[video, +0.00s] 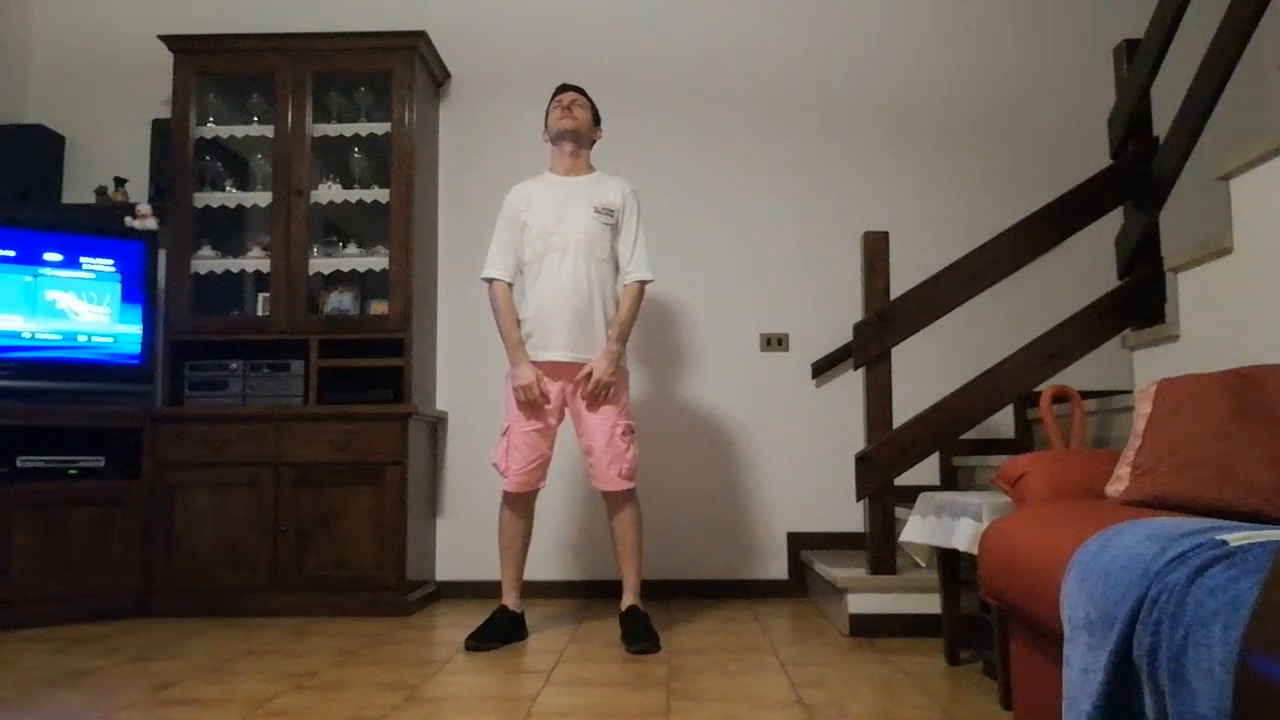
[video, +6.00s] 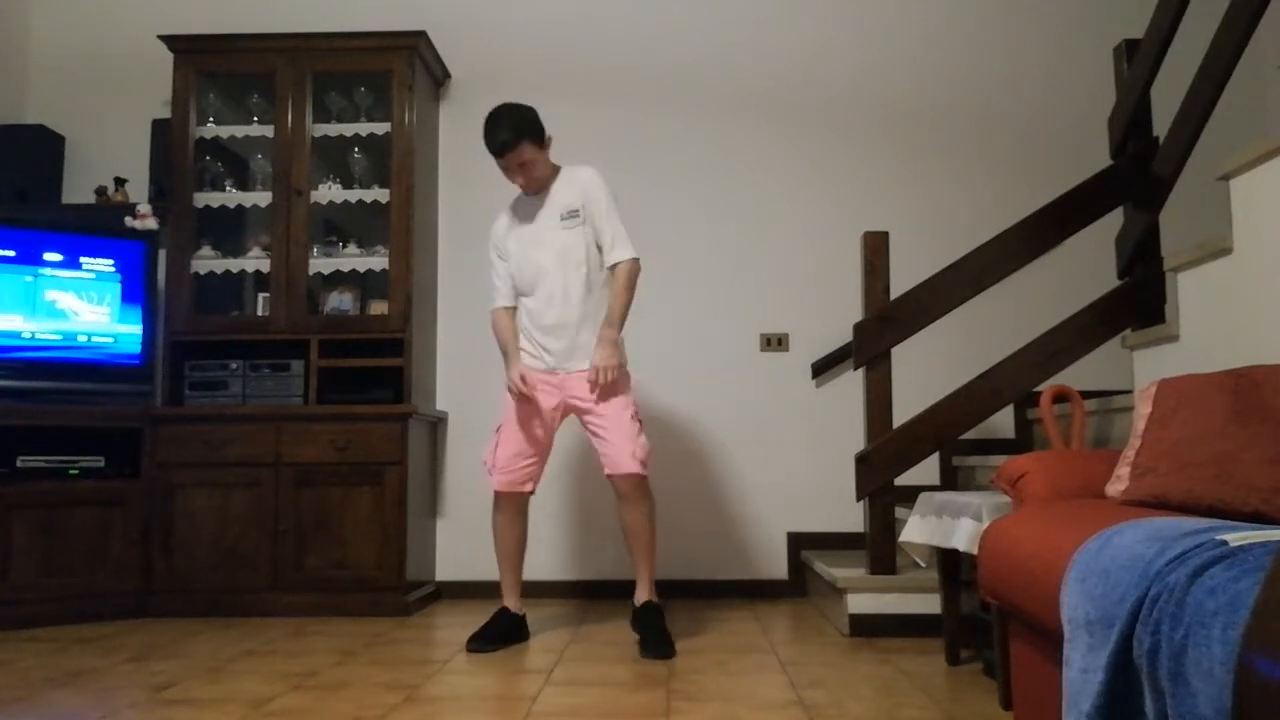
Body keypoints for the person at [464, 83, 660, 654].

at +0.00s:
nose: (565, 106)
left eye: (577, 103)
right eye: (557, 104)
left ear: (596, 131)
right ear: (545, 131)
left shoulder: (617, 193)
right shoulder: (520, 197)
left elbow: (635, 280)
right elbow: (498, 281)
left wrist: (613, 349)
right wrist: (518, 359)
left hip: (600, 366)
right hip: (533, 366)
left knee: (618, 485)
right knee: (517, 487)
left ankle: (632, 604)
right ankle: (509, 608)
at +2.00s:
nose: (609, 112)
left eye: (620, 109)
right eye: (599, 105)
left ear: (630, 134)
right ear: (578, 124)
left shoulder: (631, 213)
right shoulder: (538, 189)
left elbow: (641, 302)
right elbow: (480, 255)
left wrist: (606, 351)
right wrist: (501, 319)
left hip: (598, 371)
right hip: (531, 367)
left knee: (618, 487)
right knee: (499, 484)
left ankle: (632, 605)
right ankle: (503, 605)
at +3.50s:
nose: (525, 119)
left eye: (538, 113)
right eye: (521, 113)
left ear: (563, 131)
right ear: (514, 129)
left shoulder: (579, 174)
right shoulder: (503, 208)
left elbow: (627, 236)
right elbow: (489, 290)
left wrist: (585, 301)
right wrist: (489, 353)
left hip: (588, 366)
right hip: (524, 371)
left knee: (610, 485)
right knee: (498, 482)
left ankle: (632, 601)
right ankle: (505, 608)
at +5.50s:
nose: (585, 171)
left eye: (596, 159)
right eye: (575, 159)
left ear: (615, 146)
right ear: (560, 146)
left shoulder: (631, 214)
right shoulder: (535, 199)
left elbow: (654, 297)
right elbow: (483, 266)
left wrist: (635, 346)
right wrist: (485, 339)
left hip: (603, 369)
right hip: (533, 366)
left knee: (629, 483)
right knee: (504, 483)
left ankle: (639, 607)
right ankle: (511, 610)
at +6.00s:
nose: (519, 176)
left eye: (524, 163)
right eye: (508, 169)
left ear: (545, 144)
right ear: (498, 167)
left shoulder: (583, 185)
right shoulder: (504, 225)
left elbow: (625, 262)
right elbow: (502, 306)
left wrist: (610, 338)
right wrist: (512, 358)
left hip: (597, 369)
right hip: (534, 375)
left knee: (631, 475)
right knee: (508, 484)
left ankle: (646, 602)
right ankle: (510, 610)